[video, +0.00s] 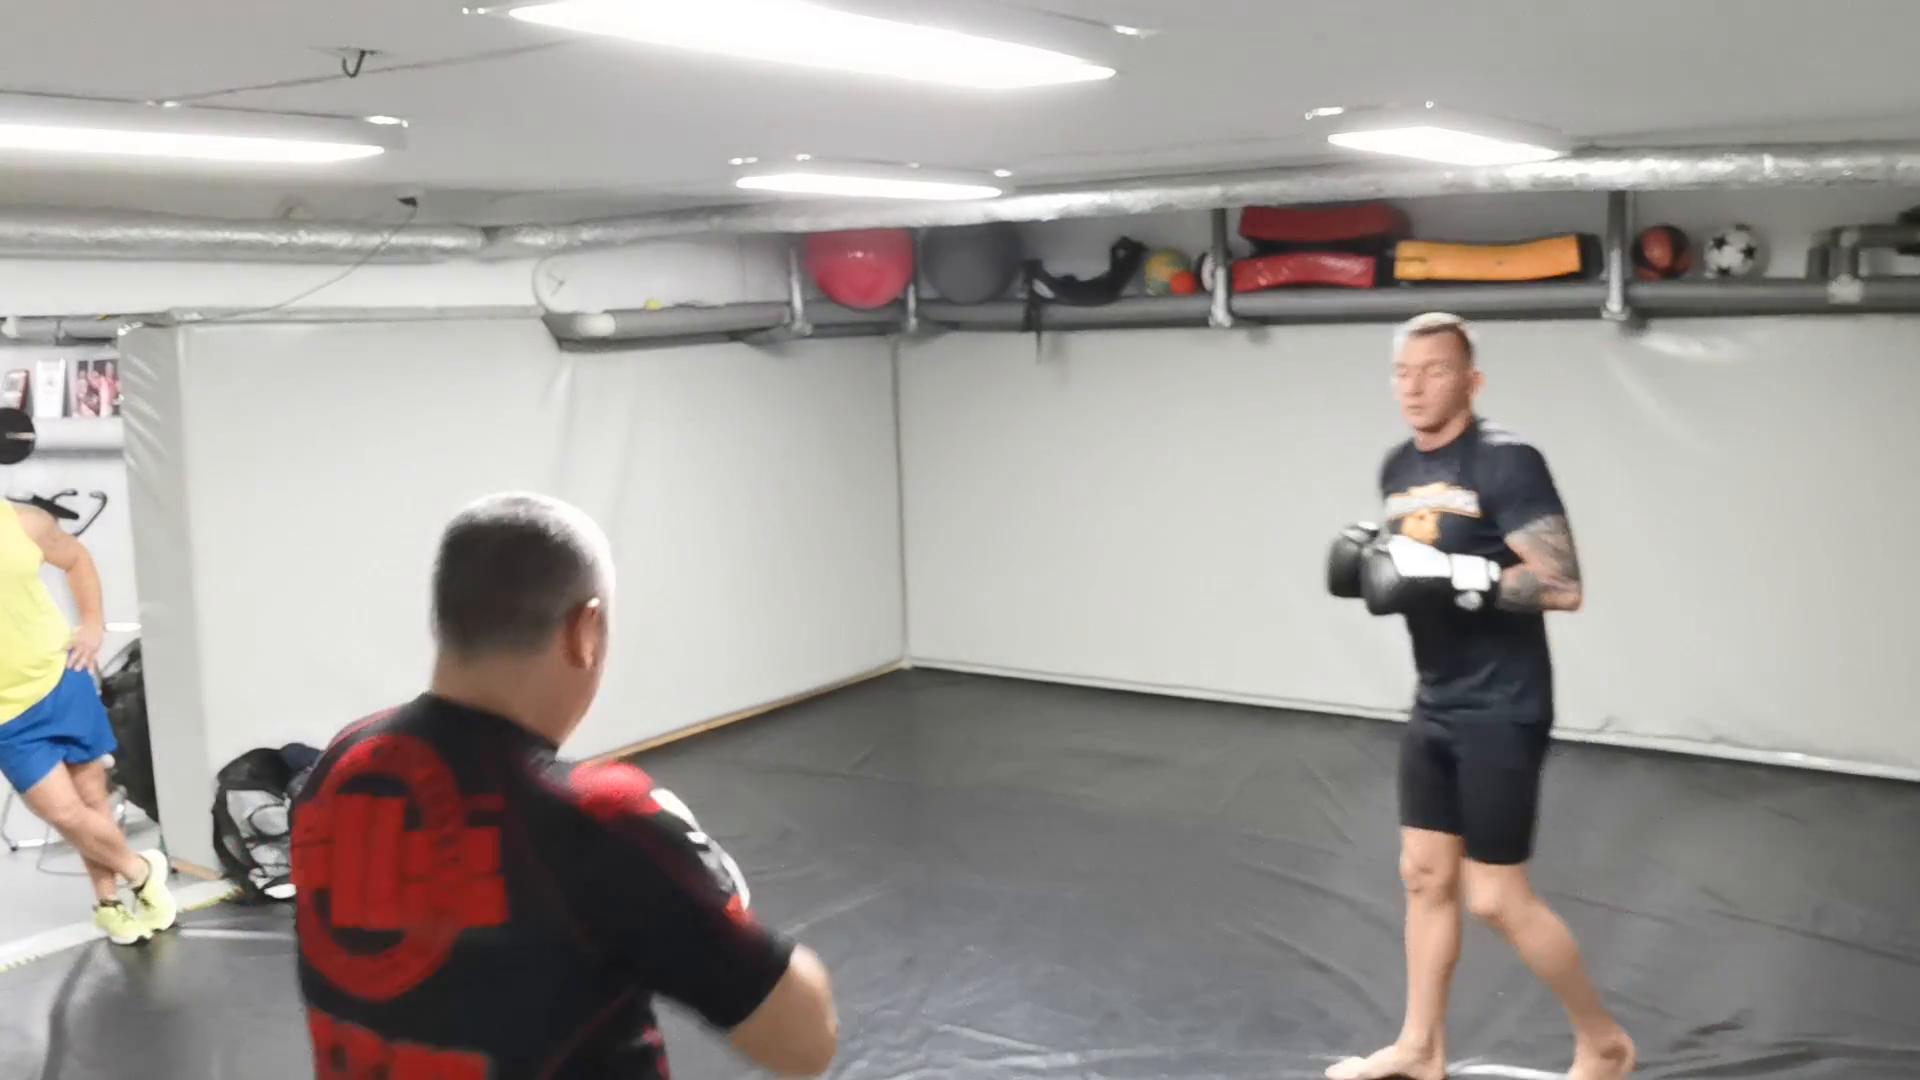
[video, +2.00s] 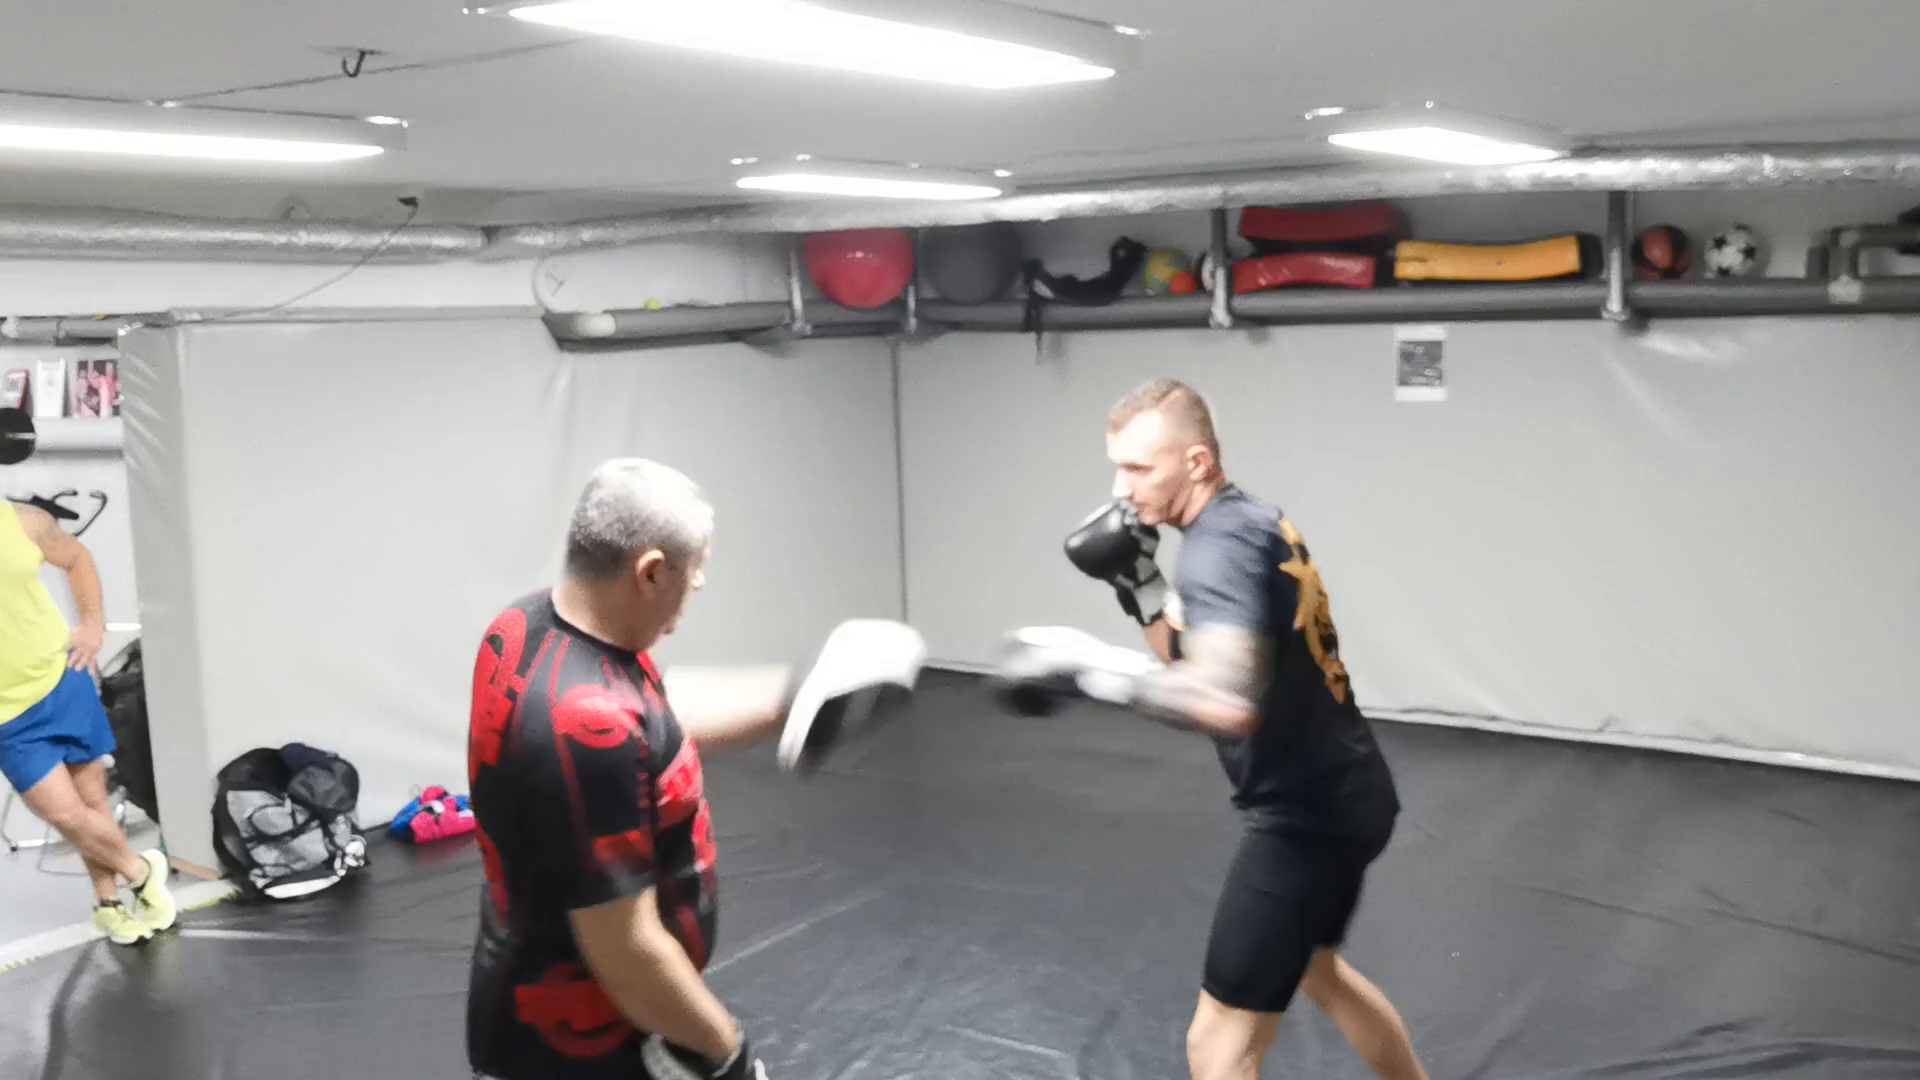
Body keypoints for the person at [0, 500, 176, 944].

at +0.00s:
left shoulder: (22, 523)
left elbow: (76, 558)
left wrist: (92, 623)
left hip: (63, 683)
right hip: (9, 716)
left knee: (92, 798)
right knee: (64, 816)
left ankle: (107, 901)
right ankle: (142, 872)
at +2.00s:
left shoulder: (21, 522)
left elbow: (76, 557)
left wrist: (92, 622)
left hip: (62, 682)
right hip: (8, 715)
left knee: (92, 798)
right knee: (66, 817)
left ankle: (108, 902)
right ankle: (142, 872)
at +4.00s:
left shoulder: (19, 522)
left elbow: (76, 558)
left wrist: (93, 623)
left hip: (61, 682)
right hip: (8, 716)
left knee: (91, 797)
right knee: (66, 817)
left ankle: (107, 900)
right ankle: (142, 872)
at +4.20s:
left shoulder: (22, 523)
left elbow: (76, 558)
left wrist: (93, 623)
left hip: (62, 681)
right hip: (8, 717)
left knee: (93, 797)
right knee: (66, 818)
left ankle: (110, 899)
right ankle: (155, 863)